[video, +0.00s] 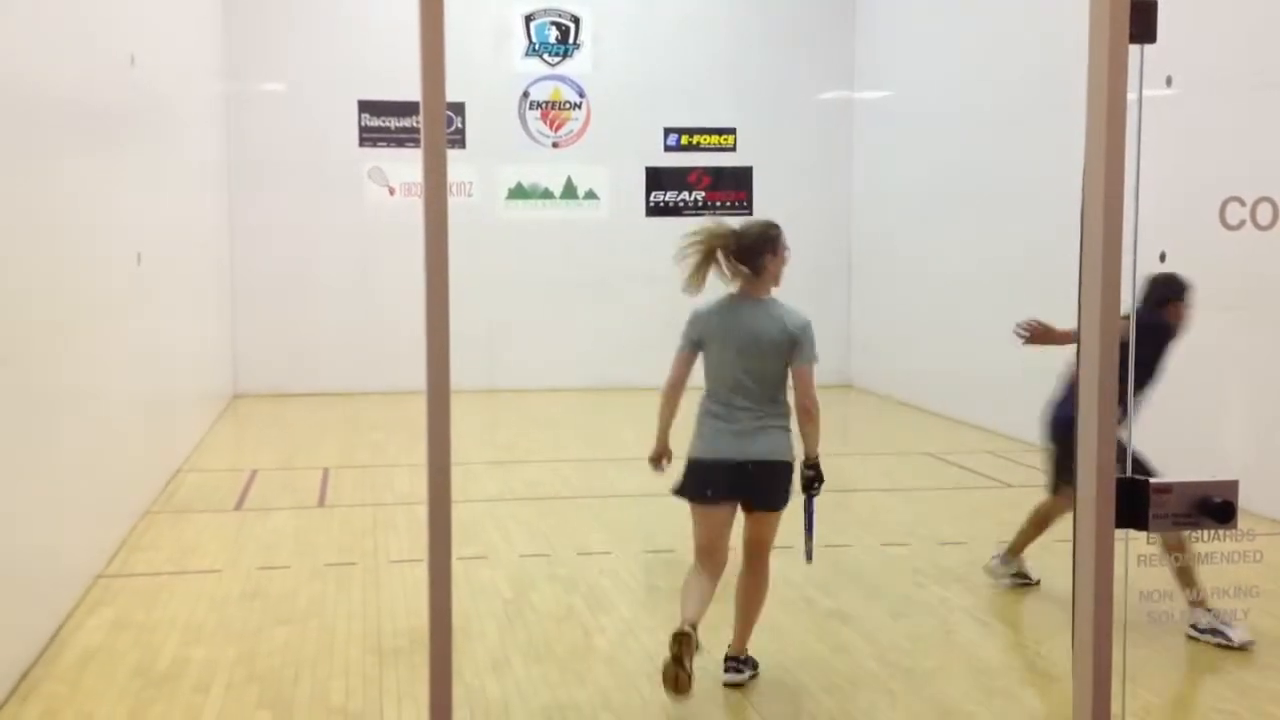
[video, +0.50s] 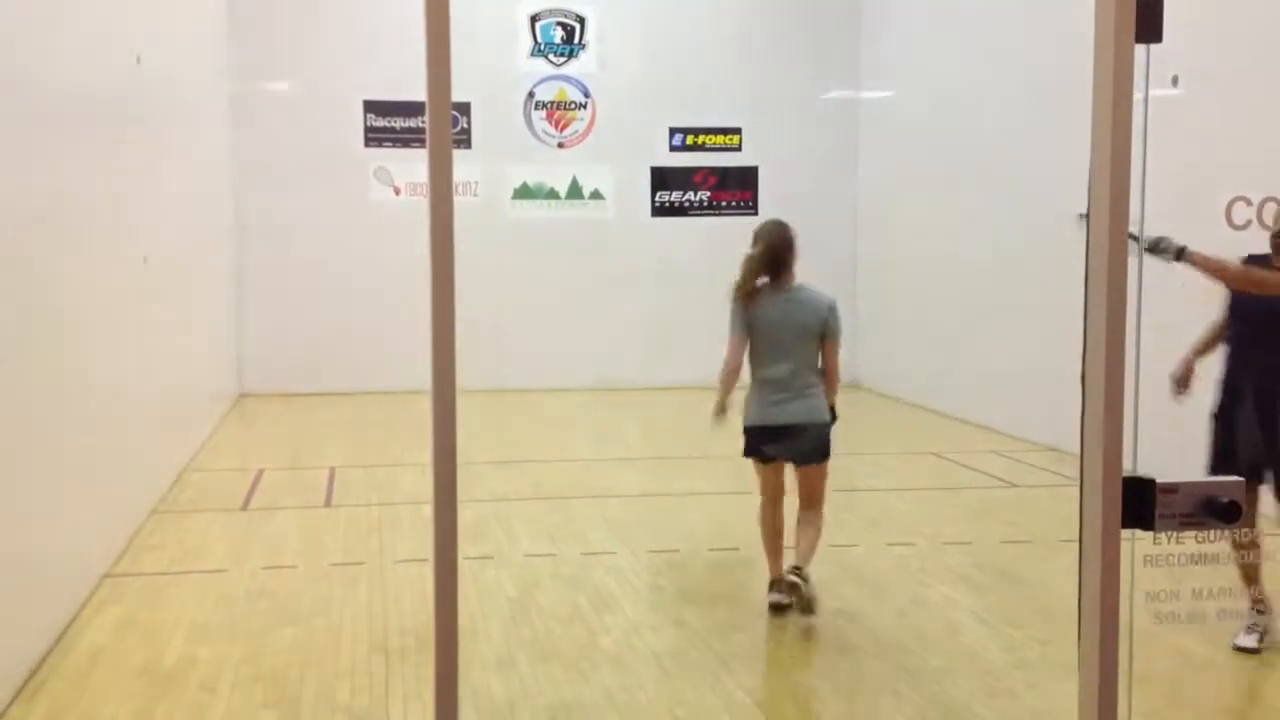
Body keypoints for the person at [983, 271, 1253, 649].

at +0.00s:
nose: (1186, 313)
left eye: (1185, 306)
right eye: (1183, 306)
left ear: (1155, 304)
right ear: (1169, 307)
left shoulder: (1147, 328)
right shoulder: (1152, 329)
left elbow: (1105, 332)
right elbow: (1107, 329)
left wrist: (1058, 336)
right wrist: (1059, 335)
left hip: (1072, 424)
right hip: (1088, 430)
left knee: (1065, 495)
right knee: (1161, 502)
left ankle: (1007, 559)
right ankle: (1200, 612)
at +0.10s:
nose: (1231, 308)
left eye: (1230, 299)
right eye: (1227, 299)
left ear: (1205, 295)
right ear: (1206, 294)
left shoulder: (1178, 326)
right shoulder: (1174, 310)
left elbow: (1147, 401)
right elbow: (1119, 325)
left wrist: (1188, 427)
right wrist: (1064, 352)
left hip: (1137, 432)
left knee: (1109, 504)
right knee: (1194, 509)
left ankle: (1038, 552)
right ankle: (1204, 612)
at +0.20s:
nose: (1259, 281)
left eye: (1263, 273)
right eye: (1255, 269)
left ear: (1255, 272)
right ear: (1229, 260)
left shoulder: (1241, 327)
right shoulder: (1173, 281)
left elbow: (1262, 381)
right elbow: (1113, 307)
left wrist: (1276, 383)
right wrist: (1095, 360)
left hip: (1184, 412)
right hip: (1142, 397)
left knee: (1151, 504)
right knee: (1179, 501)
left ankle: (1071, 555)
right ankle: (1203, 606)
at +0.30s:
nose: (1269, 257)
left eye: (1274, 250)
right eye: (1266, 245)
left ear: (1274, 253)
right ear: (1245, 234)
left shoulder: (1269, 296)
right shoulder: (1193, 267)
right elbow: (1136, 304)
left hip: (1221, 403)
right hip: (1176, 397)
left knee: (1205, 506)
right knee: (1192, 504)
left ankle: (1127, 560)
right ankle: (1215, 606)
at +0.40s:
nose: (1278, 231)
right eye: (1273, 223)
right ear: (1258, 227)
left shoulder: (1277, 277)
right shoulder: (1220, 268)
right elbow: (1190, 309)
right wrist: (1174, 339)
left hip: (1265, 401)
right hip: (1212, 398)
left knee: (1258, 502)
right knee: (1217, 502)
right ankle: (1235, 605)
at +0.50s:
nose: (1275, 229)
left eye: (1277, 223)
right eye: (1273, 222)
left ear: (1277, 230)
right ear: (1268, 227)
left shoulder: (1270, 271)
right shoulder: (1253, 268)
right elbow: (1230, 322)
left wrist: (1183, 254)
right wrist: (1190, 358)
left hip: (1273, 406)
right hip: (1242, 404)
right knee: (1237, 510)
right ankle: (1258, 607)